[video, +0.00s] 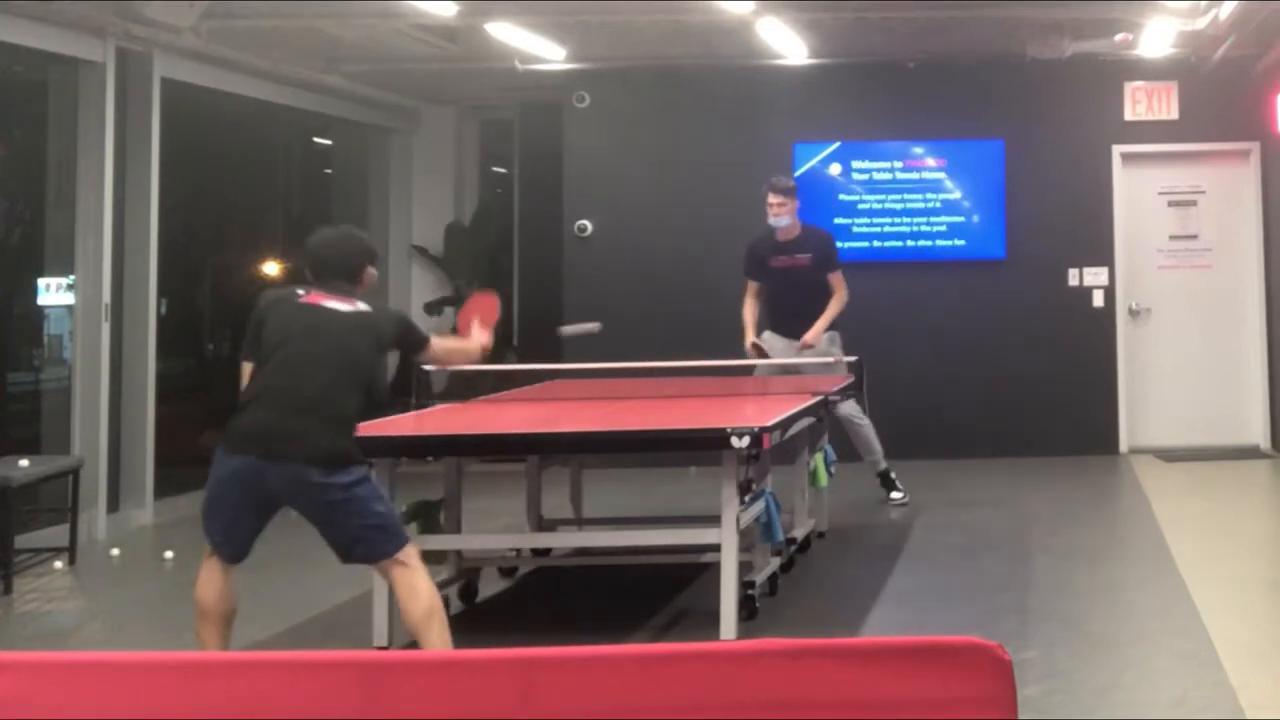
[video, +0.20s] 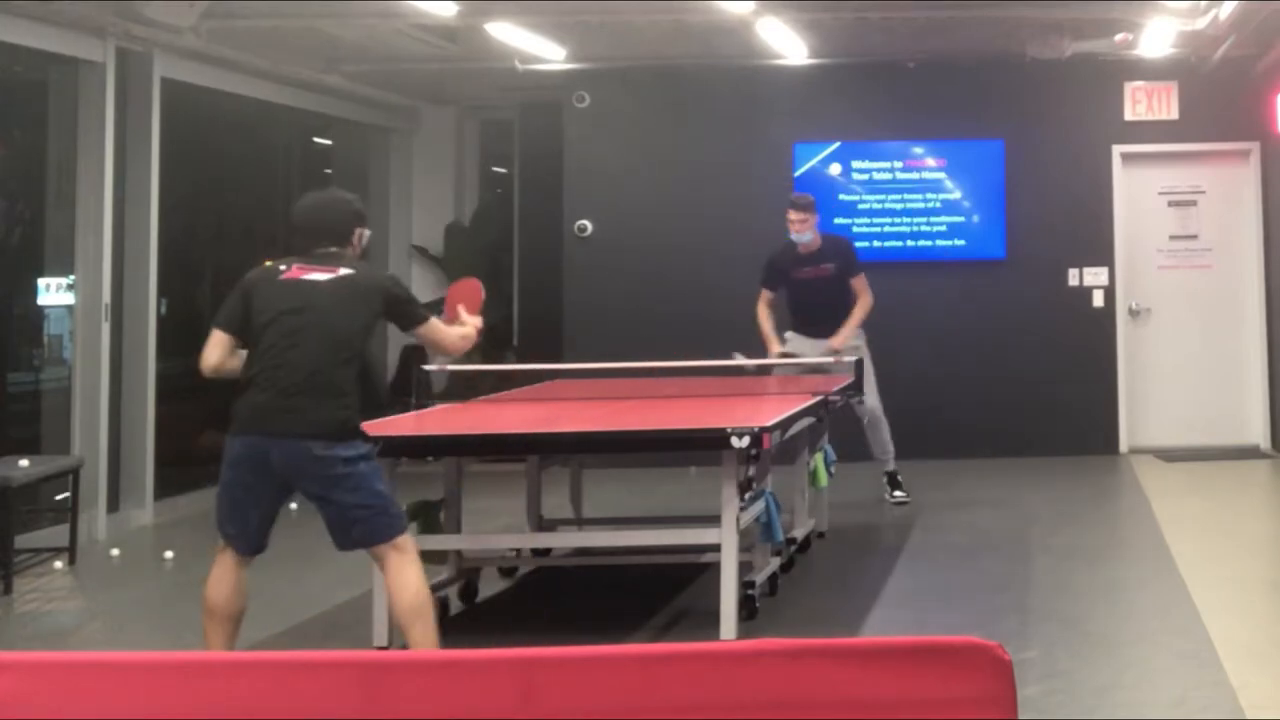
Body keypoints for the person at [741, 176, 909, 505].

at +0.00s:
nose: (775, 210)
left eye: (781, 205)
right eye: (770, 205)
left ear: (796, 205)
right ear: (766, 208)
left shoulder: (820, 241)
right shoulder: (759, 248)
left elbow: (841, 293)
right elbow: (751, 296)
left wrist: (817, 331)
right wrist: (750, 336)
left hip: (820, 340)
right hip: (776, 341)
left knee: (844, 406)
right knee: (754, 412)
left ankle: (884, 473)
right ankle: (752, 486)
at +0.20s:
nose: (797, 227)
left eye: (803, 221)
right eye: (792, 222)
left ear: (815, 221)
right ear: (786, 223)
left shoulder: (839, 249)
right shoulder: (780, 260)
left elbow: (865, 297)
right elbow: (763, 305)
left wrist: (842, 337)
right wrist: (773, 345)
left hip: (845, 341)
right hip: (800, 343)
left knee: (870, 407)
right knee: (780, 411)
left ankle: (890, 472)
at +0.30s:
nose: (813, 235)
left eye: (819, 229)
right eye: (808, 230)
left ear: (831, 228)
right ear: (802, 231)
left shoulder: (853, 253)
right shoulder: (796, 266)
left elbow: (880, 297)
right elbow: (767, 316)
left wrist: (873, 340)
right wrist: (793, 339)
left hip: (858, 339)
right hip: (816, 345)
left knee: (876, 402)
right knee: (794, 406)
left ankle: (891, 472)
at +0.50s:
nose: (839, 241)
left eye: (845, 236)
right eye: (834, 236)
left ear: (855, 236)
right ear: (828, 238)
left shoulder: (876, 260)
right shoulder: (818, 271)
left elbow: (903, 286)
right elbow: (793, 313)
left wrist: (921, 327)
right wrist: (771, 313)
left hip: (875, 340)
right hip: (832, 343)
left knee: (892, 398)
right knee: (802, 392)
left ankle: (895, 473)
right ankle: (817, 457)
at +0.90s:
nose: (816, 211)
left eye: (822, 205)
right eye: (812, 205)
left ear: (833, 207)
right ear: (804, 208)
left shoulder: (854, 243)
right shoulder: (795, 249)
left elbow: (875, 290)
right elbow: (778, 293)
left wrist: (874, 335)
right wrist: (762, 326)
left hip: (852, 340)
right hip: (808, 343)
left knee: (877, 402)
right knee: (789, 409)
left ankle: (892, 473)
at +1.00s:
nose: (791, 208)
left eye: (797, 203)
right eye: (786, 203)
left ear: (807, 206)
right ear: (779, 208)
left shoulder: (828, 241)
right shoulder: (774, 251)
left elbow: (851, 292)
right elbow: (763, 295)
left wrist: (838, 331)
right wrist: (751, 331)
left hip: (829, 345)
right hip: (786, 348)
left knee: (862, 404)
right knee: (764, 414)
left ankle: (889, 472)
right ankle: (744, 482)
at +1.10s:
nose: (764, 205)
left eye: (770, 199)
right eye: (759, 200)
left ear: (784, 201)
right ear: (754, 204)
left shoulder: (803, 237)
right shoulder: (751, 246)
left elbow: (825, 287)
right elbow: (746, 290)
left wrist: (798, 318)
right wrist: (735, 329)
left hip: (803, 337)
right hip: (762, 339)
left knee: (837, 399)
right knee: (746, 405)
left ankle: (875, 469)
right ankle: (740, 479)